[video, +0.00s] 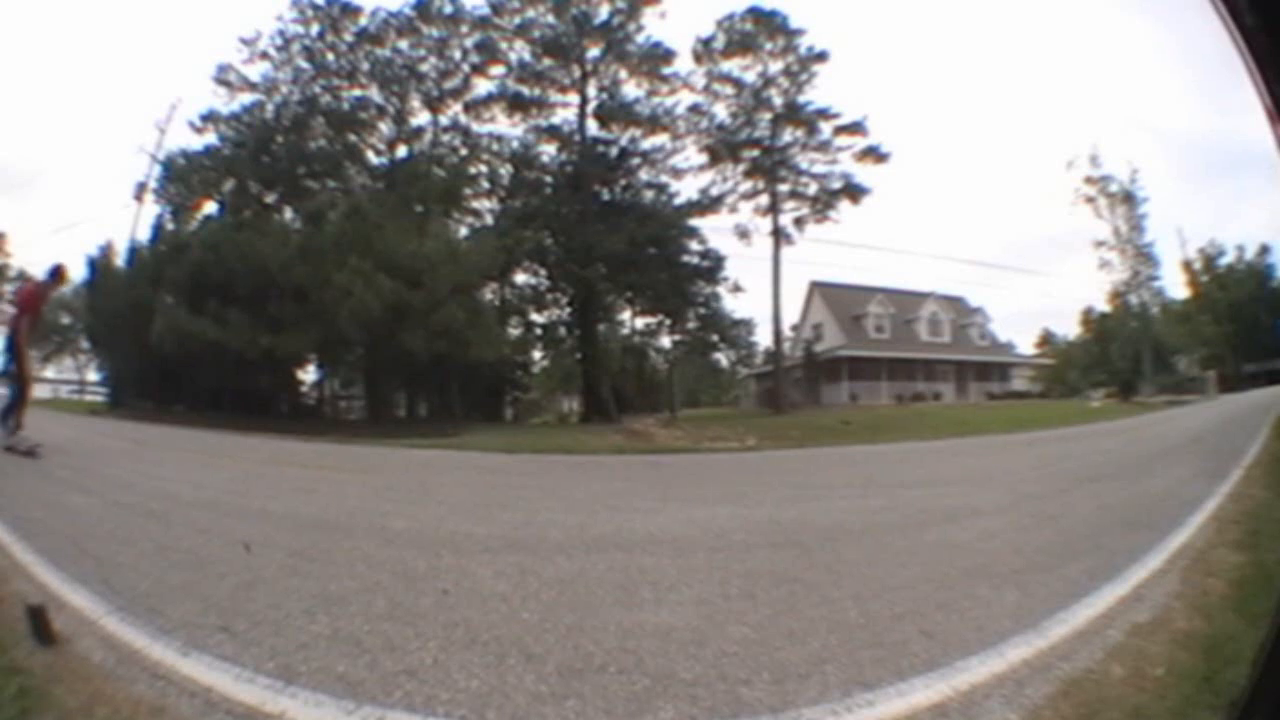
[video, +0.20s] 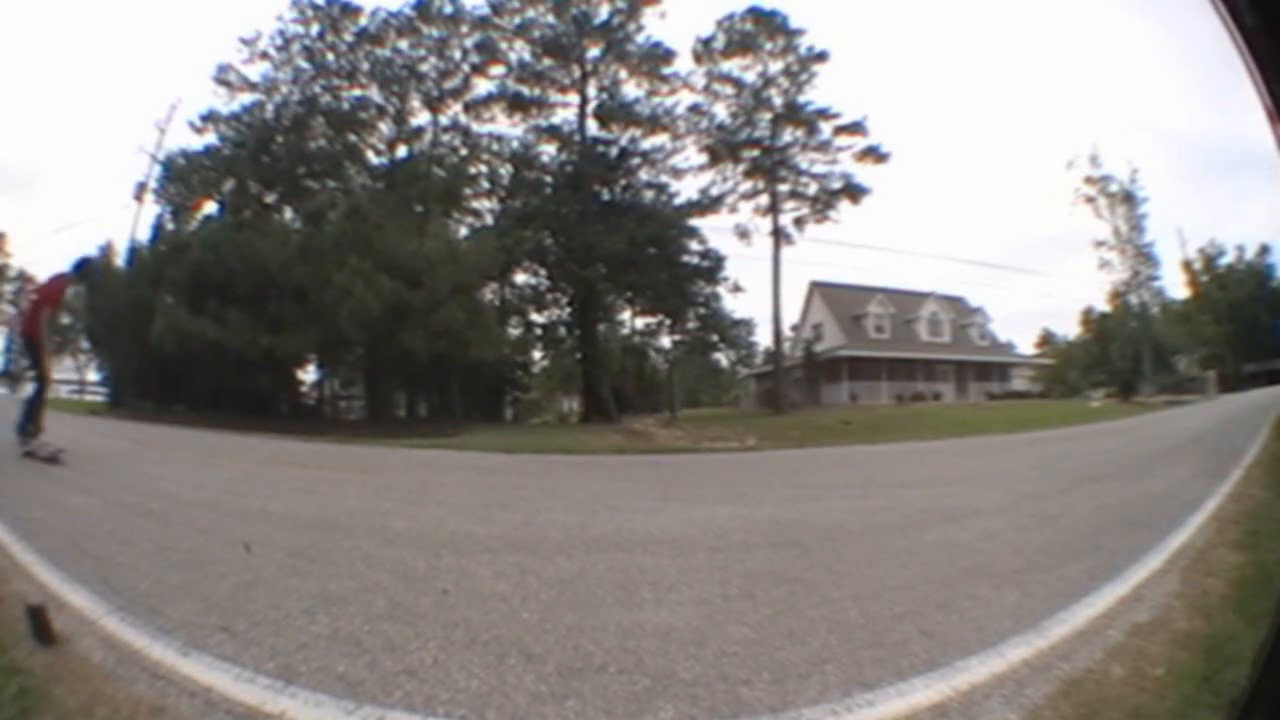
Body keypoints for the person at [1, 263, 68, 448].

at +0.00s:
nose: (58, 287)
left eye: (60, 284)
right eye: (59, 283)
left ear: (52, 276)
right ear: (55, 279)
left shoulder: (34, 289)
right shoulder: (37, 292)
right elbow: (22, 328)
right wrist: (23, 367)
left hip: (18, 338)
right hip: (16, 339)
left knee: (21, 386)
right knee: (20, 387)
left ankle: (11, 430)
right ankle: (9, 431)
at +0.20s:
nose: (84, 281)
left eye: (86, 278)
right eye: (85, 277)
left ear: (77, 268)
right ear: (82, 273)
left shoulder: (59, 283)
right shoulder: (59, 285)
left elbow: (42, 315)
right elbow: (42, 319)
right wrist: (44, 355)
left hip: (34, 332)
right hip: (33, 333)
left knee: (42, 380)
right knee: (42, 381)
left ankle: (29, 426)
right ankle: (29, 428)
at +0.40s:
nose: (111, 275)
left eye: (113, 270)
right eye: (112, 269)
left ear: (100, 262)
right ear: (107, 266)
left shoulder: (85, 279)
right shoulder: (87, 279)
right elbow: (64, 315)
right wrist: (69, 358)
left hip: (53, 328)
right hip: (51, 329)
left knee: (64, 383)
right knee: (65, 383)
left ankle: (54, 439)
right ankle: (55, 442)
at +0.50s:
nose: (119, 283)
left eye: (123, 280)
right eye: (121, 278)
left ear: (117, 264)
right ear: (121, 271)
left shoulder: (99, 274)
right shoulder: (103, 274)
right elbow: (79, 307)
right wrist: (84, 351)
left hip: (60, 328)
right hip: (62, 328)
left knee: (77, 383)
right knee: (77, 383)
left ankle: (67, 439)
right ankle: (67, 441)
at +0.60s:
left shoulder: (100, 277)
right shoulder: (110, 277)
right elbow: (94, 318)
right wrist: (100, 359)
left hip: (71, 328)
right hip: (78, 329)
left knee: (91, 380)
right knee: (93, 380)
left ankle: (75, 431)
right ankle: (84, 437)